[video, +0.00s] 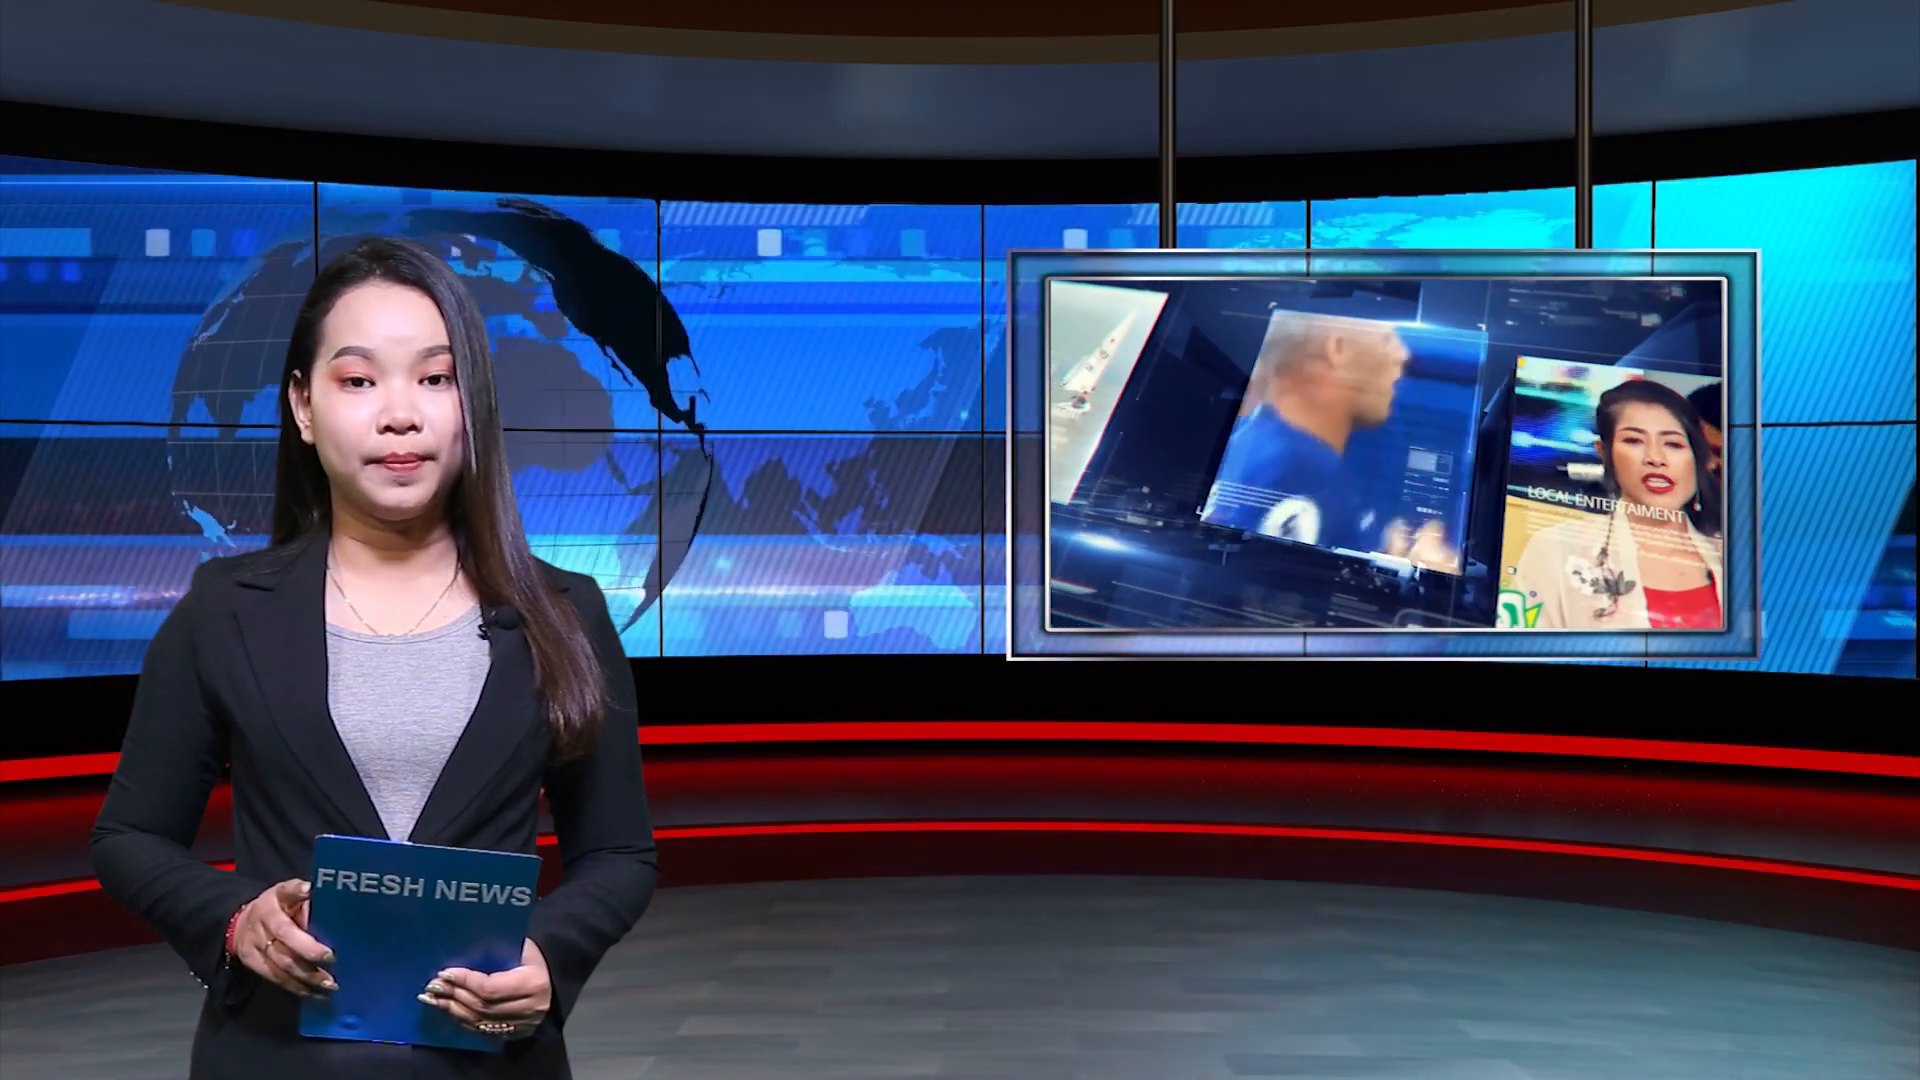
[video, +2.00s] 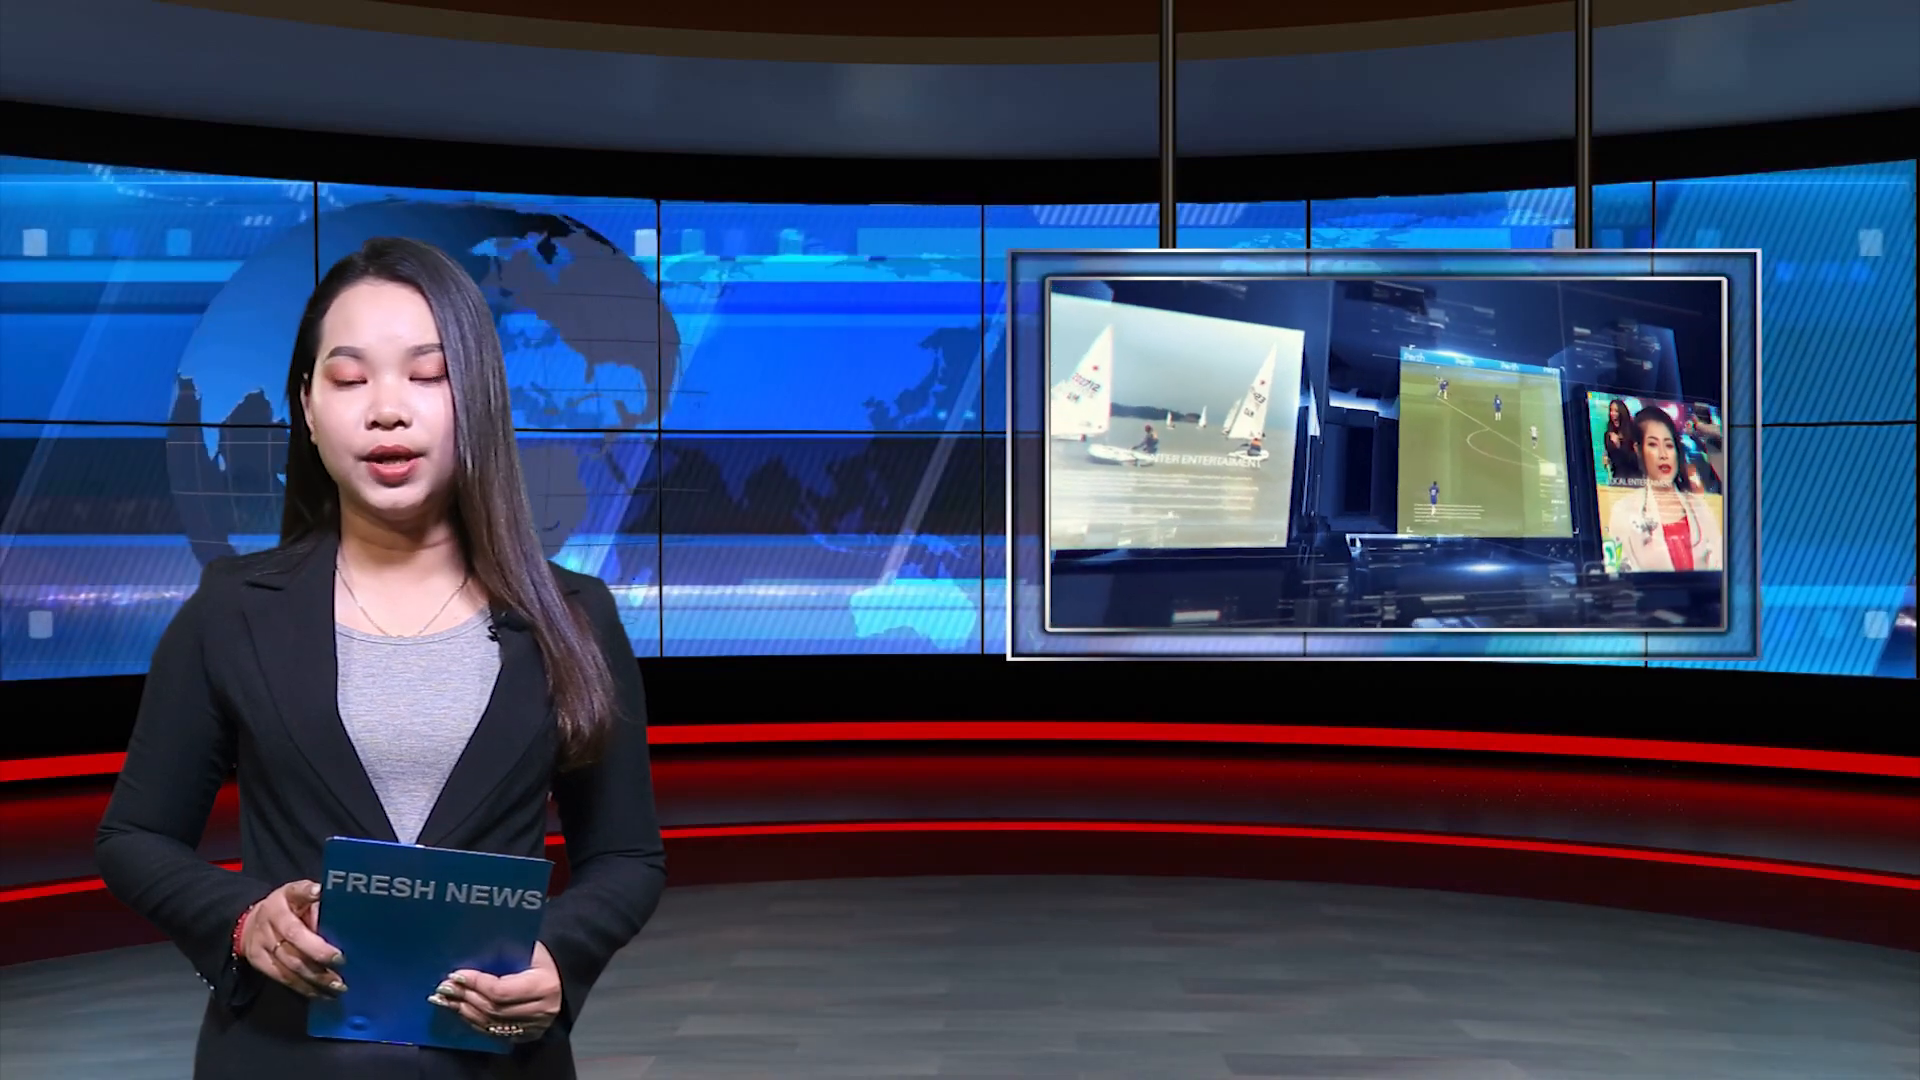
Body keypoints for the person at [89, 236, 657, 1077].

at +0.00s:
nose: (401, 414)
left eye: (433, 376)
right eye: (358, 378)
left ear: (470, 405)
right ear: (303, 409)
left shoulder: (560, 614)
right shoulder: (225, 613)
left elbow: (617, 855)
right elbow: (129, 838)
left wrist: (546, 958)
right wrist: (231, 916)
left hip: (492, 1050)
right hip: (279, 1052)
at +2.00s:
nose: (388, 409)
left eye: (425, 373)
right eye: (348, 377)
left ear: (476, 397)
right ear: (308, 408)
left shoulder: (568, 617)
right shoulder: (234, 614)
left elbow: (625, 857)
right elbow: (134, 838)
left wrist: (555, 960)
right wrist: (239, 916)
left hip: (497, 1052)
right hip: (282, 1053)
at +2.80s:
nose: (398, 412)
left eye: (433, 376)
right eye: (358, 378)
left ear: (477, 402)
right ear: (311, 410)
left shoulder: (566, 618)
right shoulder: (235, 612)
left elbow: (622, 856)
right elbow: (133, 838)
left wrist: (556, 960)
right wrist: (241, 916)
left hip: (498, 1053)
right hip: (283, 1054)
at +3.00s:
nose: (401, 412)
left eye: (436, 377)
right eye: (360, 378)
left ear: (480, 404)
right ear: (311, 411)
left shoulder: (566, 622)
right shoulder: (234, 612)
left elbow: (622, 857)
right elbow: (133, 839)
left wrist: (556, 958)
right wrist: (241, 916)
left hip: (499, 1053)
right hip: (283, 1054)